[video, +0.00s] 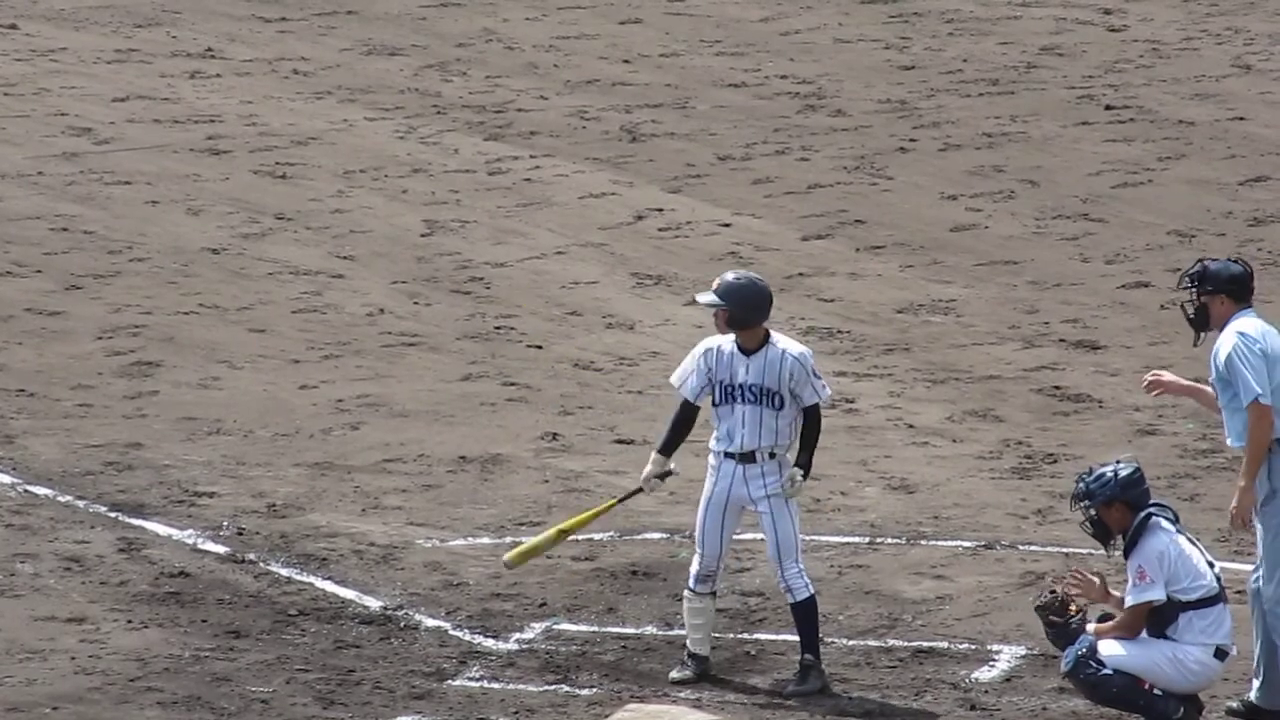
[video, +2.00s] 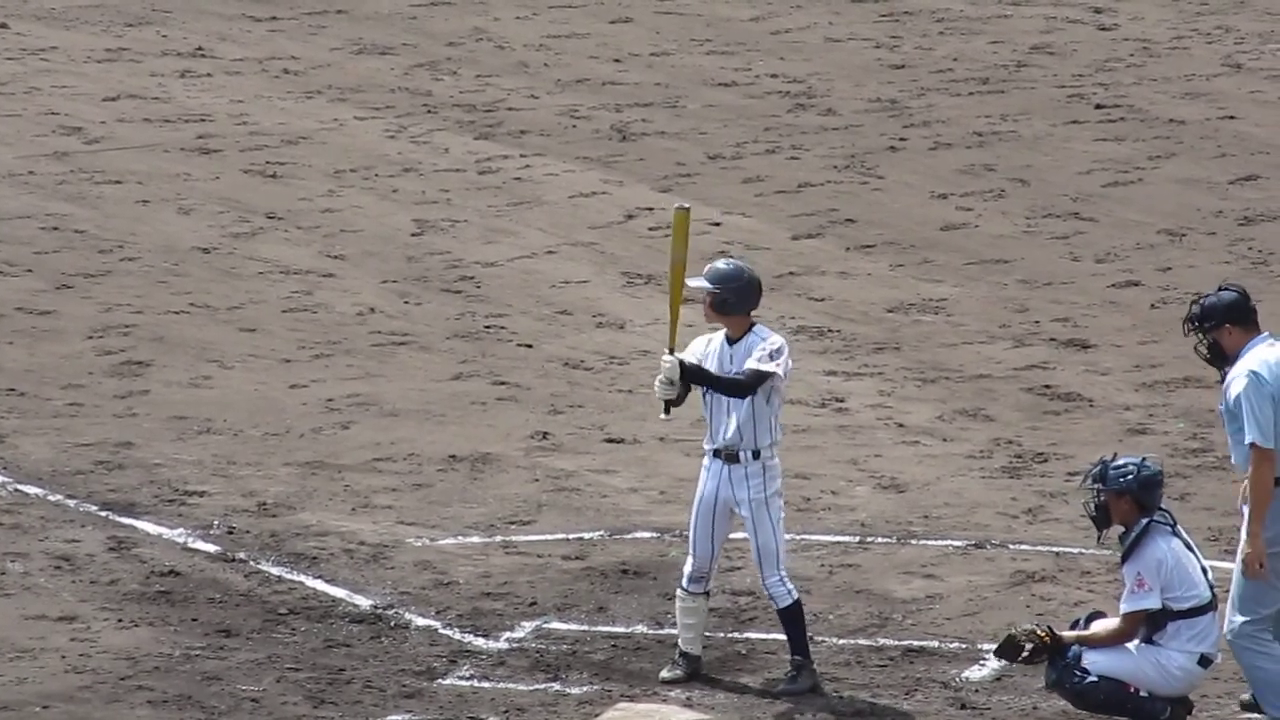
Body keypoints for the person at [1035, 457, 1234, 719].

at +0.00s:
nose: (1093, 518)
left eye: (1097, 510)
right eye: (1093, 510)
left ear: (1117, 510)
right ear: (1120, 507)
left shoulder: (1148, 545)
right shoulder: (1155, 526)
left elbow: (1130, 628)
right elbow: (1150, 611)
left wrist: (1086, 631)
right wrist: (1107, 596)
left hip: (1195, 660)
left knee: (1080, 661)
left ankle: (1171, 709)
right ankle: (1177, 697)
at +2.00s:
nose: (1099, 502)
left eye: (1106, 495)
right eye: (1101, 494)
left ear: (1127, 501)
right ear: (1129, 500)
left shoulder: (1148, 550)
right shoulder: (1159, 526)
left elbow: (1127, 629)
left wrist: (1062, 639)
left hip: (1178, 666)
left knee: (1066, 668)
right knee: (1087, 626)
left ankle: (1161, 710)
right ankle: (1169, 696)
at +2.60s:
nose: (1096, 495)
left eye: (1103, 490)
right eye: (1099, 488)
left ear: (1123, 499)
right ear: (1126, 499)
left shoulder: (1139, 546)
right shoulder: (1153, 529)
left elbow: (1127, 629)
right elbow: (1143, 599)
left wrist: (1084, 624)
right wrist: (1091, 601)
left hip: (1179, 662)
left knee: (1066, 666)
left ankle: (1158, 709)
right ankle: (1167, 699)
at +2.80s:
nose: (1094, 489)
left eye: (1101, 484)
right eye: (1097, 482)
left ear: (1120, 492)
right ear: (1125, 492)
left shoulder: (1134, 535)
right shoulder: (1150, 522)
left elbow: (1128, 617)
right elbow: (1151, 598)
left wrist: (1092, 614)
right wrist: (1100, 596)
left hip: (1179, 654)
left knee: (1066, 661)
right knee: (1085, 631)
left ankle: (1157, 706)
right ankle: (1166, 693)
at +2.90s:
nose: (1093, 485)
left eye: (1100, 479)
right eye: (1096, 478)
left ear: (1120, 487)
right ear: (1123, 487)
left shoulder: (1133, 531)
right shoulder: (1145, 519)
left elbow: (1127, 611)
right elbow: (1147, 600)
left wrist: (1089, 604)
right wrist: (1098, 594)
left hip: (1180, 648)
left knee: (1069, 656)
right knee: (1082, 633)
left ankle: (1157, 704)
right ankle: (1165, 693)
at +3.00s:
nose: (1093, 483)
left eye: (1101, 478)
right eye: (1096, 476)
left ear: (1121, 485)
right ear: (1125, 485)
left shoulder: (1132, 528)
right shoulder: (1145, 519)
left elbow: (1122, 607)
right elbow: (1143, 598)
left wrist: (1083, 598)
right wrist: (1097, 588)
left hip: (1180, 644)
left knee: (1070, 653)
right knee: (1082, 632)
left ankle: (1158, 704)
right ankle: (1164, 691)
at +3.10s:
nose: (1093, 479)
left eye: (1101, 473)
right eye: (1096, 472)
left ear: (1122, 479)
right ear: (1126, 480)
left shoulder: (1131, 520)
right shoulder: (1144, 513)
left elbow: (1120, 601)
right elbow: (1138, 593)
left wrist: (1082, 592)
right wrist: (1095, 584)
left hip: (1181, 638)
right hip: (1188, 633)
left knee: (1074, 644)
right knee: (1085, 631)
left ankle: (1154, 705)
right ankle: (1163, 692)